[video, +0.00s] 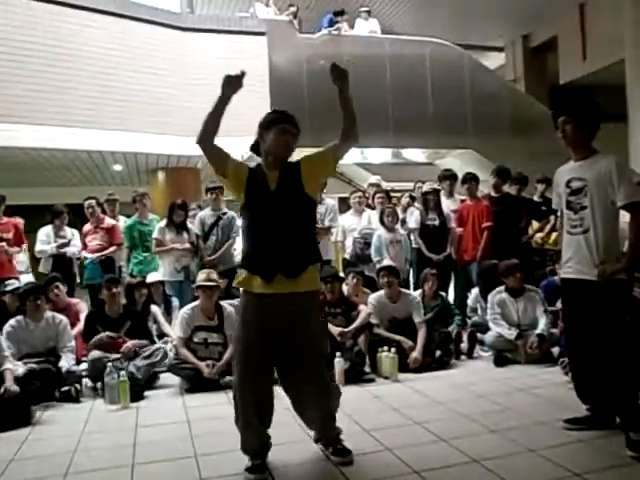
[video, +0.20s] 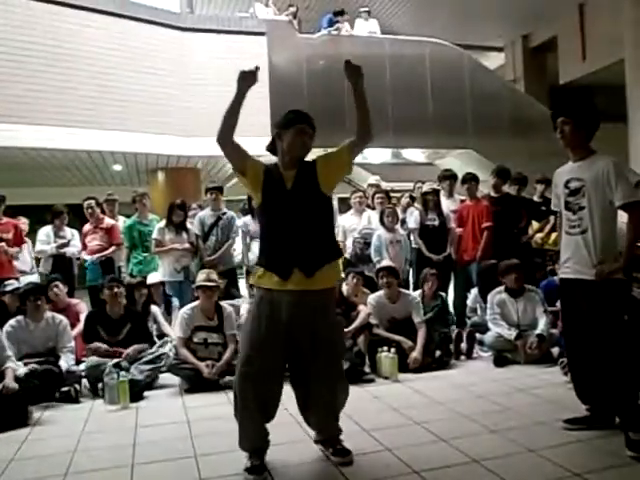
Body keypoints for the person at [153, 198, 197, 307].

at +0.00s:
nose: (179, 219)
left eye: (182, 216)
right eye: (177, 215)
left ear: (186, 216)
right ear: (171, 214)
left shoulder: (188, 228)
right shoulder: (162, 227)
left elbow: (194, 247)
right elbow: (155, 249)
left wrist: (185, 247)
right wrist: (172, 247)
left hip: (186, 270)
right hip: (169, 271)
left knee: (187, 303)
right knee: (174, 304)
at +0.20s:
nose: (178, 218)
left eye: (181, 215)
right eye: (175, 215)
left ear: (185, 216)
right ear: (170, 214)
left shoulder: (188, 229)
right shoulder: (161, 228)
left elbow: (194, 247)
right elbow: (155, 249)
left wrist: (185, 247)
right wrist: (172, 247)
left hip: (186, 270)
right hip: (169, 272)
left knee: (187, 304)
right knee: (174, 304)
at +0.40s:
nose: (178, 218)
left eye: (181, 215)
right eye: (176, 214)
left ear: (185, 215)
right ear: (171, 214)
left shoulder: (188, 229)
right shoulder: (161, 228)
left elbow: (194, 247)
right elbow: (155, 249)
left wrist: (185, 247)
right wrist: (173, 247)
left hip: (186, 270)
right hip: (169, 271)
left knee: (187, 303)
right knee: (174, 304)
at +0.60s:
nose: (178, 218)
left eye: (181, 215)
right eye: (176, 214)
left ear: (185, 215)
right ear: (170, 213)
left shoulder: (187, 228)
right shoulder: (161, 228)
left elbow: (195, 248)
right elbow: (155, 249)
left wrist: (188, 247)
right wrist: (174, 247)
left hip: (186, 269)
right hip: (169, 271)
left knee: (187, 304)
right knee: (173, 305)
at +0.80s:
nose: (178, 218)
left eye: (181, 215)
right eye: (176, 214)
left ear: (185, 215)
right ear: (171, 214)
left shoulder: (187, 228)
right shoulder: (161, 228)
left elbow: (195, 247)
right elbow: (155, 250)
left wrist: (188, 247)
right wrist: (173, 247)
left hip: (186, 270)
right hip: (169, 271)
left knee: (188, 304)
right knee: (174, 305)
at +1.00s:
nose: (178, 218)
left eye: (181, 215)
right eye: (176, 214)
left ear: (185, 215)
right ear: (171, 214)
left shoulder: (187, 228)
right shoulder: (161, 228)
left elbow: (195, 247)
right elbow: (155, 249)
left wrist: (189, 247)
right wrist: (174, 247)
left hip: (186, 269)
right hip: (169, 271)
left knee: (187, 304)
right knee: (174, 305)